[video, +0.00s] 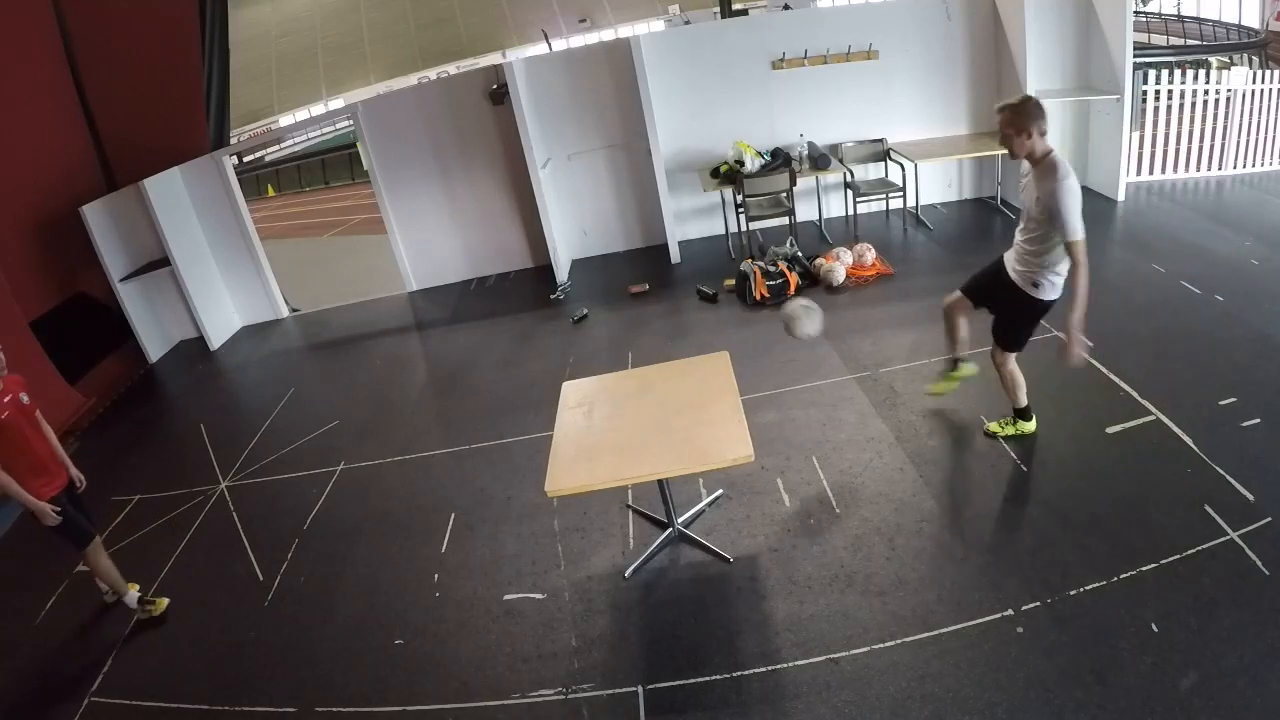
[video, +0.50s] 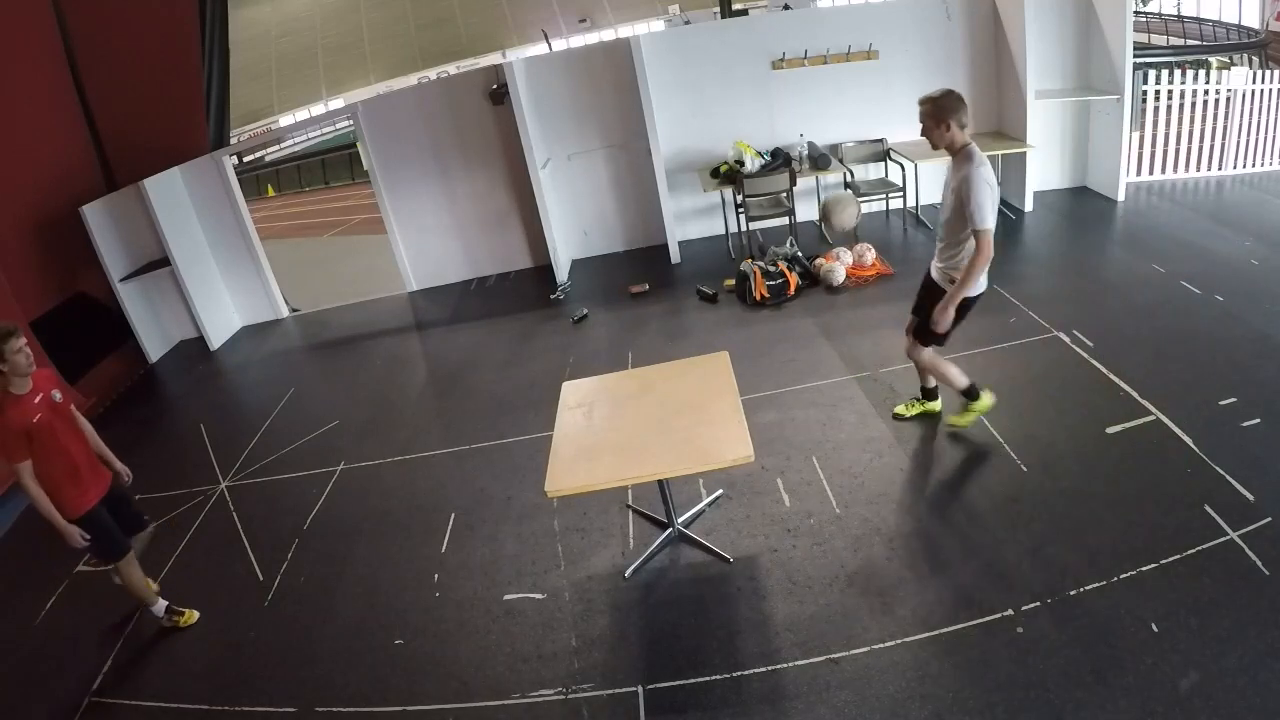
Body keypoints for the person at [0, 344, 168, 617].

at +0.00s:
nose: (3, 359)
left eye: (1, 352)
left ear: (4, 356)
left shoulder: (14, 383)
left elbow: (43, 426)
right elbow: (1, 475)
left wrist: (69, 465)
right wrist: (32, 504)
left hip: (61, 476)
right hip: (41, 495)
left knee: (90, 535)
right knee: (90, 541)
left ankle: (107, 586)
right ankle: (134, 600)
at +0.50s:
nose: (28, 353)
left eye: (26, 346)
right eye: (18, 351)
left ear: (30, 347)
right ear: (4, 364)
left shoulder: (47, 377)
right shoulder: (10, 417)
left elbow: (79, 421)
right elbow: (27, 480)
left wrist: (113, 461)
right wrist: (63, 526)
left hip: (101, 477)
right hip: (77, 502)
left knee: (141, 528)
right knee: (122, 555)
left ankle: (123, 572)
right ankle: (163, 611)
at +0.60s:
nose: (36, 351)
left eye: (34, 344)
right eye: (27, 350)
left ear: (37, 344)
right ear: (9, 364)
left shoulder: (53, 375)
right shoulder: (18, 417)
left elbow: (85, 420)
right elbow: (40, 481)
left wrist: (122, 459)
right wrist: (77, 527)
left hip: (110, 478)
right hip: (86, 505)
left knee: (158, 525)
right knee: (126, 558)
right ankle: (162, 611)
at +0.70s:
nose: (48, 350)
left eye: (45, 343)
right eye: (39, 348)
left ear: (47, 344)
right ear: (20, 363)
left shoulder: (65, 376)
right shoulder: (28, 417)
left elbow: (96, 420)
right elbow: (55, 483)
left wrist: (132, 460)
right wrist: (97, 525)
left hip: (124, 478)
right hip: (98, 506)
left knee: (173, 532)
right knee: (130, 563)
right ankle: (162, 611)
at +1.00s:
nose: (94, 338)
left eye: (91, 331)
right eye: (84, 335)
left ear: (88, 335)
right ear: (63, 350)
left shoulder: (112, 370)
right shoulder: (70, 411)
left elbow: (147, 420)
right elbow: (99, 478)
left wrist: (182, 464)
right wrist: (149, 516)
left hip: (175, 480)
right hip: (145, 509)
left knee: (222, 539)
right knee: (175, 570)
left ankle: (267, 604)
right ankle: (168, 604)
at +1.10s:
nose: (106, 331)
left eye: (104, 324)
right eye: (96, 328)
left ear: (106, 326)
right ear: (75, 343)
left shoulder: (125, 364)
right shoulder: (80, 403)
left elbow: (160, 412)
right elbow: (110, 473)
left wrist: (199, 459)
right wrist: (158, 517)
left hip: (188, 475)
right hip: (160, 504)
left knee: (230, 541)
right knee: (207, 568)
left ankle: (266, 604)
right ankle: (190, 601)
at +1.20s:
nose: (117, 326)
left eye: (114, 319)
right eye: (106, 323)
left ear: (116, 322)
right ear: (85, 338)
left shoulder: (135, 359)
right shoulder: (88, 402)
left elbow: (175, 408)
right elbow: (119, 475)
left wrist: (217, 450)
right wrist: (167, 519)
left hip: (200, 474)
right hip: (172, 502)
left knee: (239, 541)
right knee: (226, 564)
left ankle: (267, 606)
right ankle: (235, 617)